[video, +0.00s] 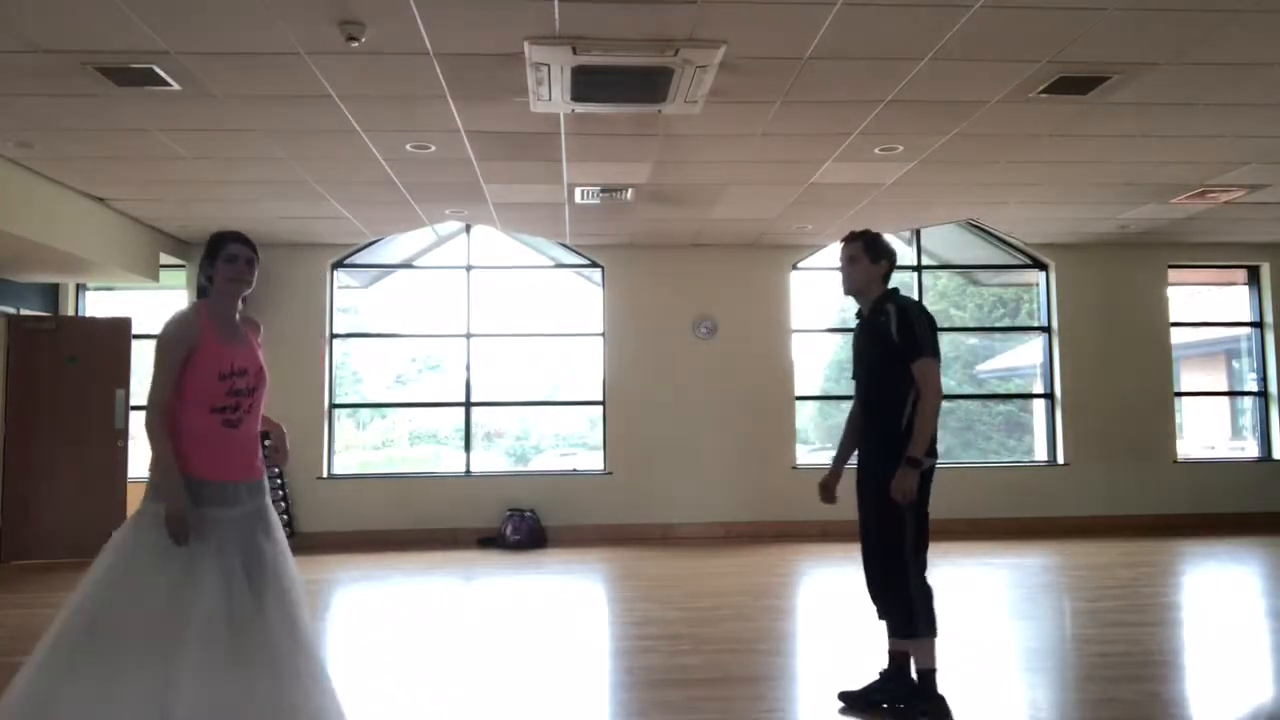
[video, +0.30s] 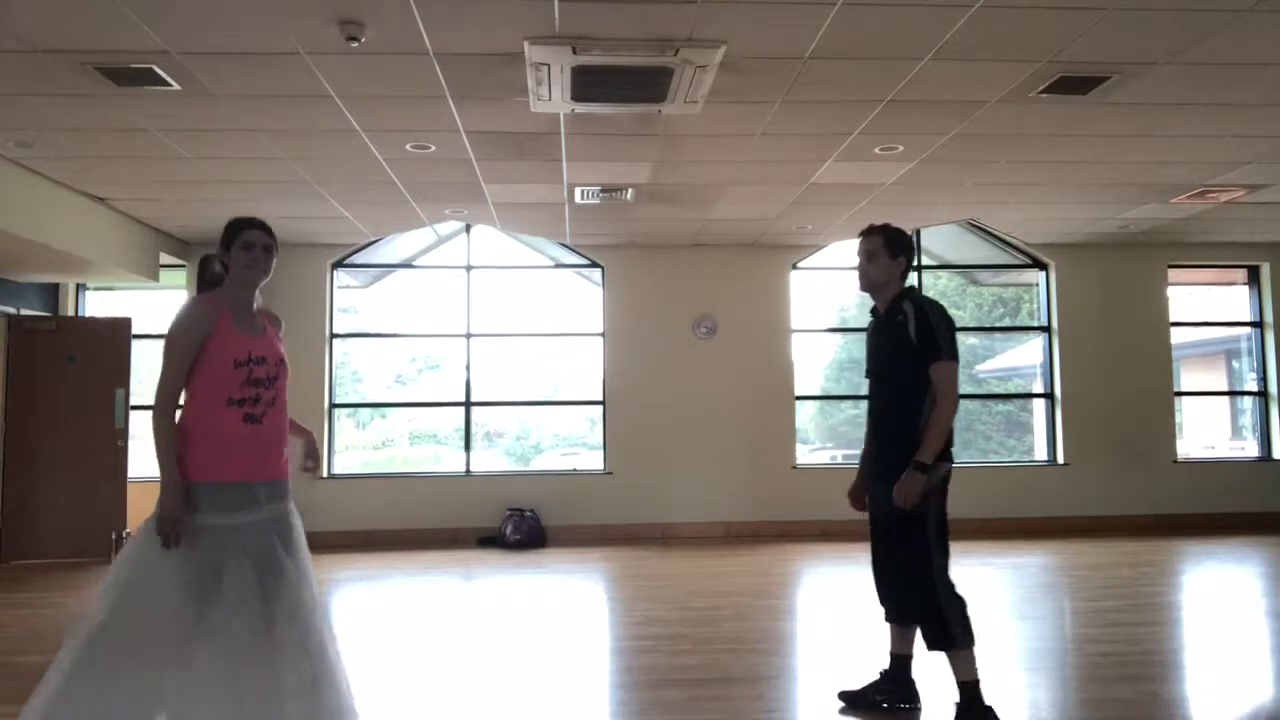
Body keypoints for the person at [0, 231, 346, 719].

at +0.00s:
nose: (244, 270)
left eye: (250, 262)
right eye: (233, 260)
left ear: (256, 274)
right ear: (210, 268)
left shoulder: (250, 329)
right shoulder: (185, 327)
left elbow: (234, 405)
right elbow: (156, 414)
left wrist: (273, 428)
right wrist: (174, 494)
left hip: (248, 493)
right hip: (193, 495)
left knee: (252, 624)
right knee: (187, 625)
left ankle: (249, 713)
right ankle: (183, 714)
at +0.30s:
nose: (260, 258)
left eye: (267, 251)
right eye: (249, 248)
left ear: (274, 261)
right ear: (225, 255)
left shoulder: (270, 323)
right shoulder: (200, 314)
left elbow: (257, 405)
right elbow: (163, 407)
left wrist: (303, 432)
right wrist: (170, 489)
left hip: (267, 486)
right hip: (209, 488)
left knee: (271, 618)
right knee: (197, 619)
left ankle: (266, 712)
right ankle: (185, 712)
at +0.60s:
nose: (269, 239)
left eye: (277, 232)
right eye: (258, 229)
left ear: (285, 244)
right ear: (233, 237)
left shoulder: (285, 306)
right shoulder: (208, 301)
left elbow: (278, 390)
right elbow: (165, 396)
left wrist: (330, 416)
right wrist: (164, 483)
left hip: (276, 483)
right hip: (215, 482)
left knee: (280, 628)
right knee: (207, 627)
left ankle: (271, 714)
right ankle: (191, 712)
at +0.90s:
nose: (268, 227)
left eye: (276, 220)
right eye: (254, 216)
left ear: (282, 233)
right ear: (227, 225)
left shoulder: (268, 301)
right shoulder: (209, 288)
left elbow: (250, 395)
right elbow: (168, 397)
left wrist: (306, 426)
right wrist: (171, 493)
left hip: (267, 490)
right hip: (218, 488)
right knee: (215, 642)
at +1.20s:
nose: (262, 218)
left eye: (270, 211)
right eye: (249, 207)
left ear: (275, 223)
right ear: (219, 215)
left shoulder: (253, 288)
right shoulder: (205, 277)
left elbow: (237, 382)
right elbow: (169, 383)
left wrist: (272, 435)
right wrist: (195, 488)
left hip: (249, 488)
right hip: (203, 490)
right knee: (201, 644)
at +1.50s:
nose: (257, 218)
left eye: (266, 212)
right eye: (245, 208)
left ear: (272, 226)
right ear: (216, 217)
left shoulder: (256, 294)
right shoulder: (203, 280)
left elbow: (245, 399)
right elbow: (167, 392)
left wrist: (261, 485)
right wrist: (189, 500)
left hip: (245, 497)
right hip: (203, 496)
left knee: (245, 653)